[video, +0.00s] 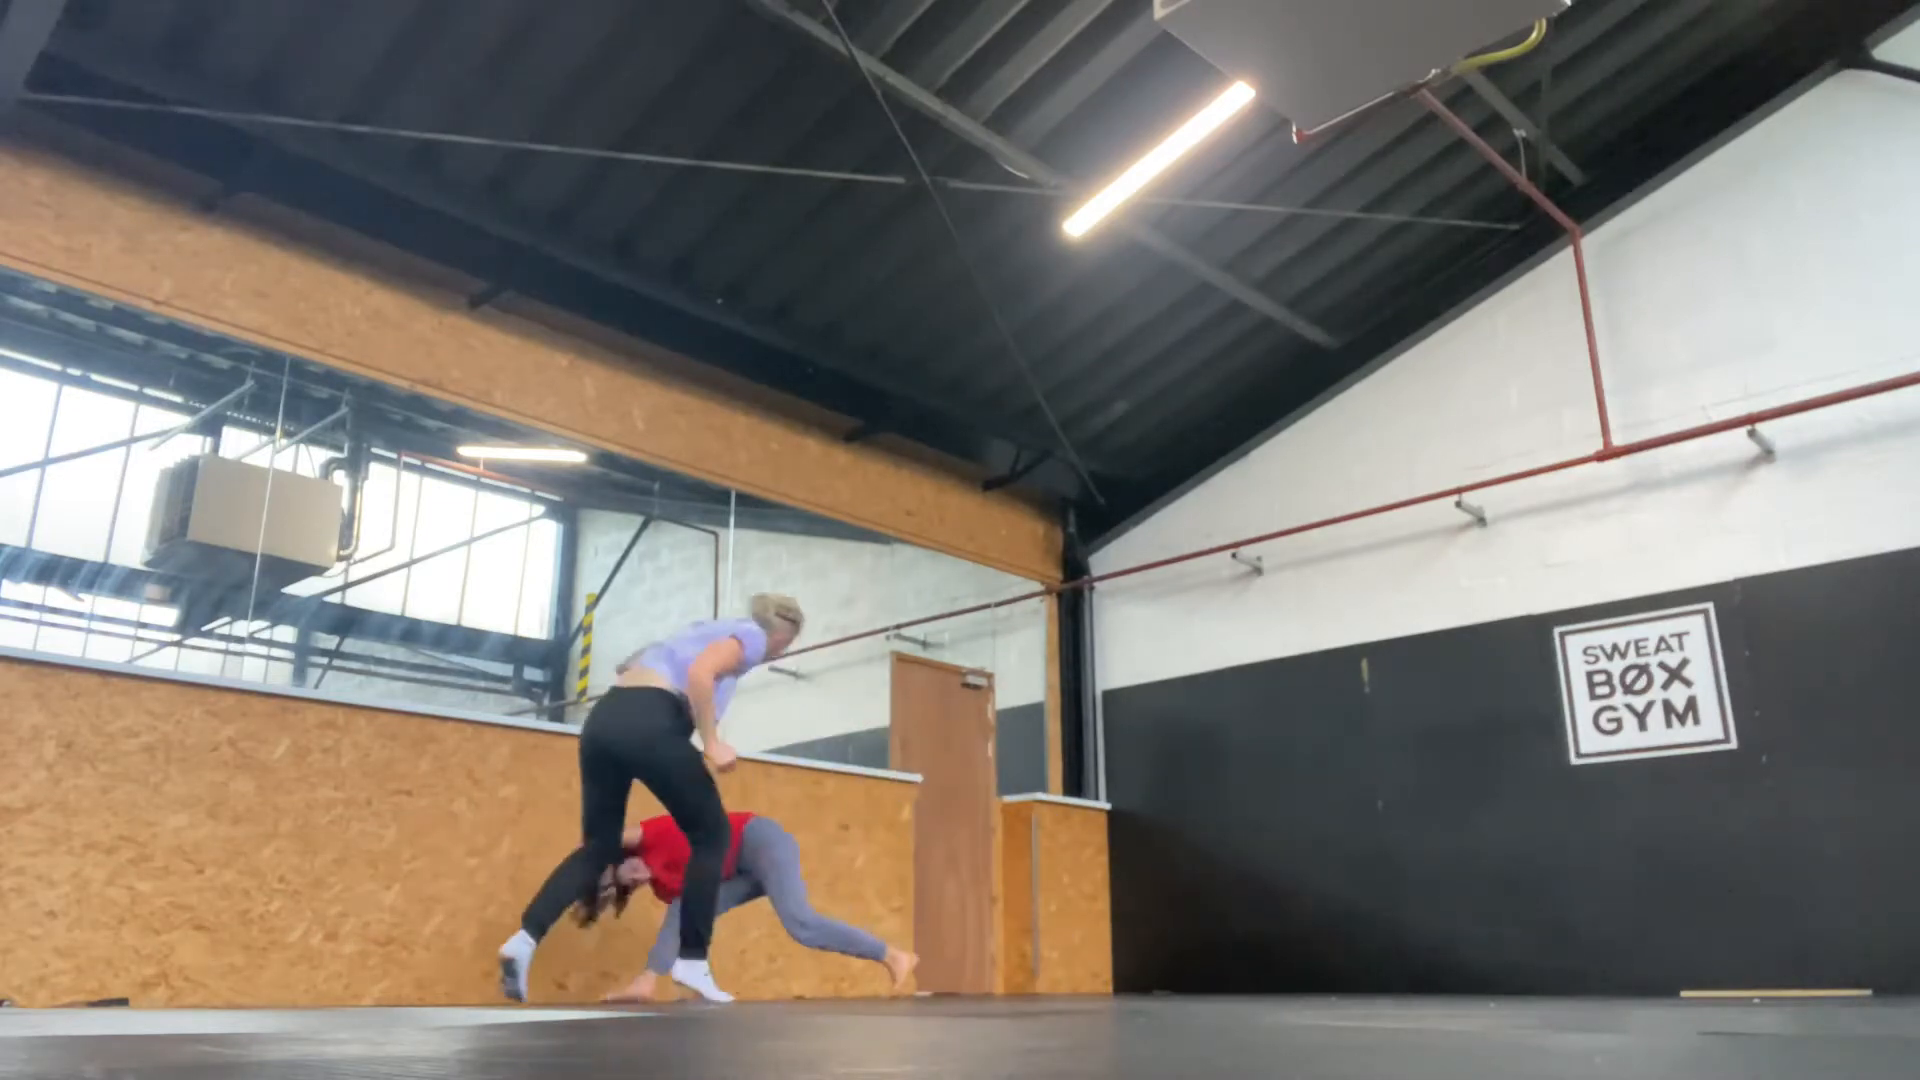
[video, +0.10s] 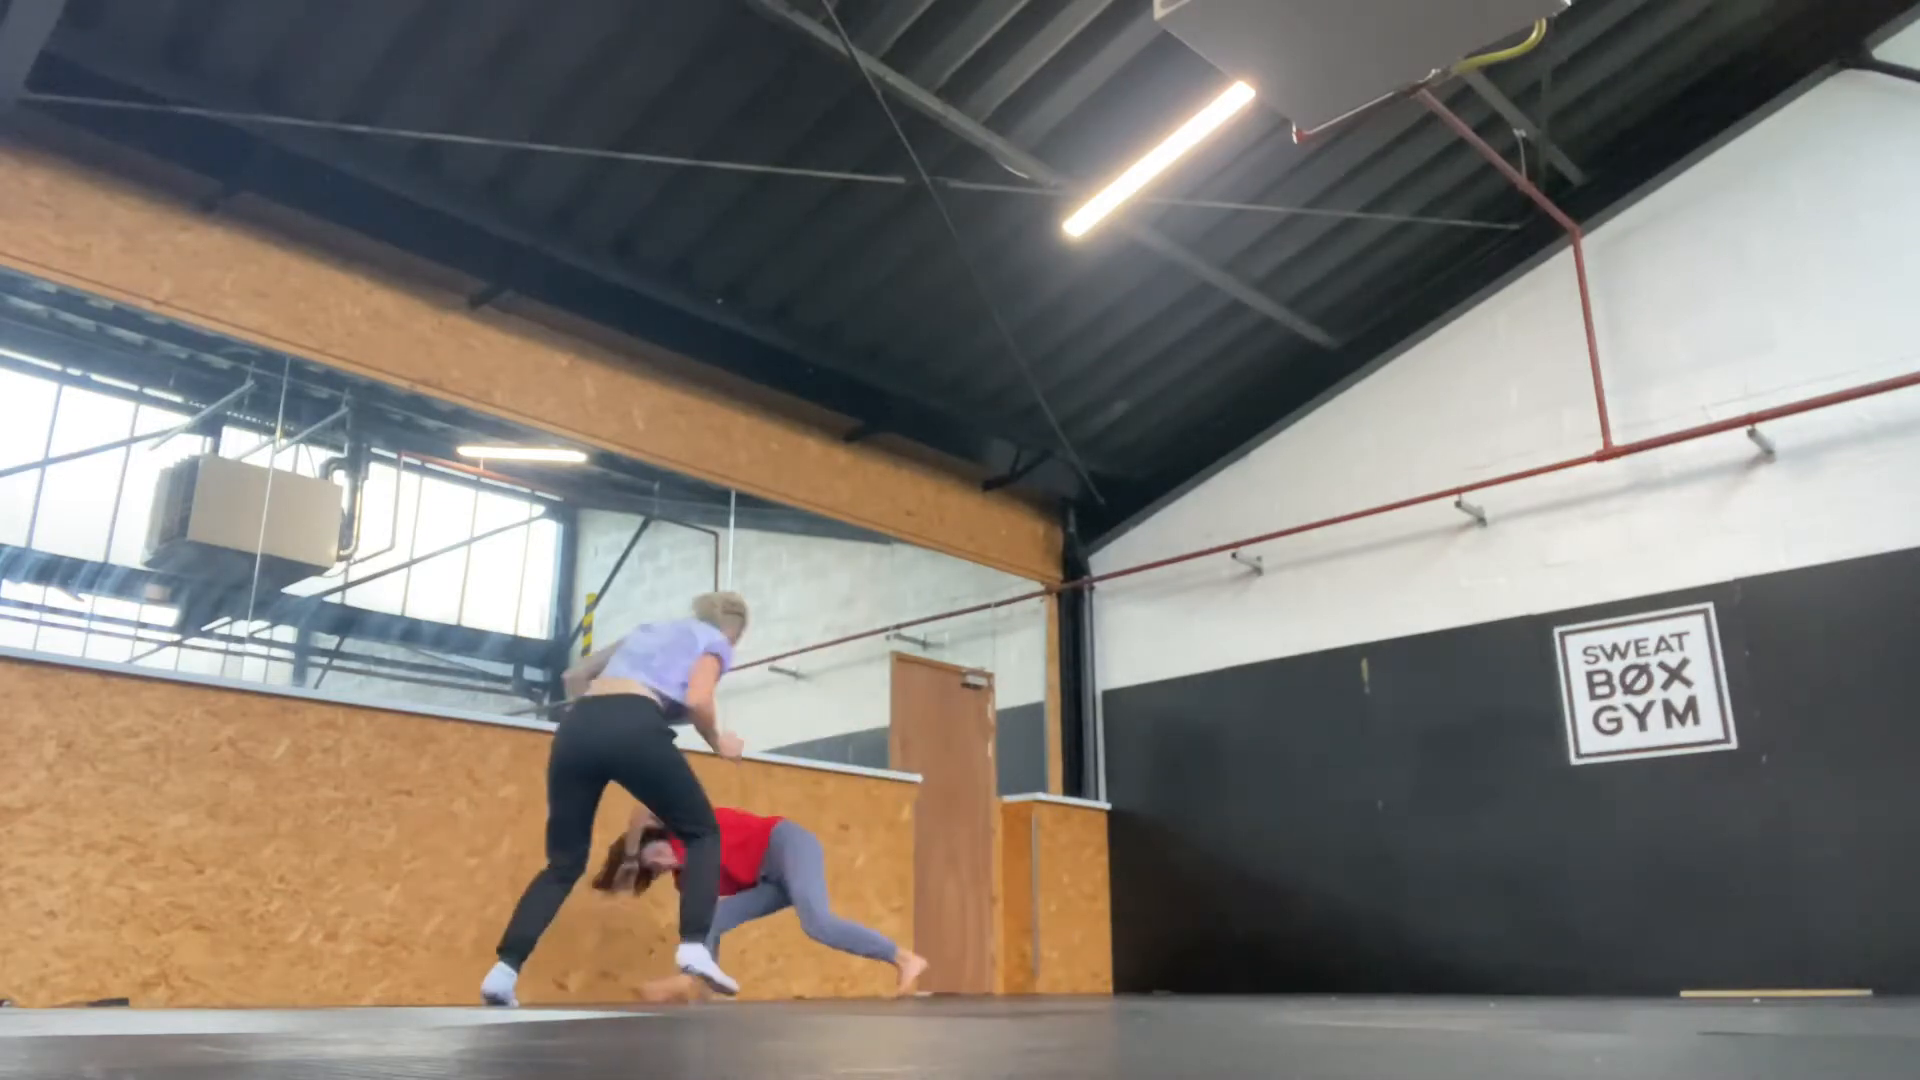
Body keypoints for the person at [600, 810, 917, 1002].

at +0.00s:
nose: (626, 881)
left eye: (619, 875)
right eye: (620, 884)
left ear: (620, 861)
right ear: (623, 883)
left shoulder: (648, 839)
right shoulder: (667, 886)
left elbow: (614, 836)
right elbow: (680, 925)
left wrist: (588, 862)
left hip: (758, 837)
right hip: (739, 875)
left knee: (801, 924)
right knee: (679, 909)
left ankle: (894, 957)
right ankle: (647, 982)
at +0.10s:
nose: (658, 866)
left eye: (653, 857)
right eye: (651, 868)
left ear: (654, 838)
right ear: (654, 872)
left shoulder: (687, 825)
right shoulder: (693, 880)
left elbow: (645, 809)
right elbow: (724, 905)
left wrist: (627, 849)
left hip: (787, 842)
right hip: (772, 884)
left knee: (817, 924)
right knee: (711, 915)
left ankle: (905, 960)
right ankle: (696, 981)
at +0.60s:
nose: (836, 839)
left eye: (841, 831)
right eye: (828, 834)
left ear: (852, 830)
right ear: (819, 838)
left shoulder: (878, 846)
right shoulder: (814, 867)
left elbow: (924, 881)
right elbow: (780, 904)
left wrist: (964, 921)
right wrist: (749, 928)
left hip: (901, 916)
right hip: (856, 927)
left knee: (893, 936)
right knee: (820, 944)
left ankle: (892, 964)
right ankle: (862, 971)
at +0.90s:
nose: (1031, 850)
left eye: (1037, 846)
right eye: (1035, 839)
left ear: (1035, 845)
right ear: (1022, 821)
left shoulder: (1000, 874)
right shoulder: (984, 819)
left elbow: (992, 926)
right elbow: (1026, 832)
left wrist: (995, 985)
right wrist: (1079, 842)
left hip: (930, 910)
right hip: (897, 887)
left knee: (937, 906)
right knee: (840, 938)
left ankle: (909, 975)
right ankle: (860, 963)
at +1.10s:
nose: (1050, 891)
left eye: (1051, 898)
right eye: (1061, 891)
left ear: (1045, 898)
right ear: (1067, 876)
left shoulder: (1014, 888)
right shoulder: (1053, 843)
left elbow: (994, 932)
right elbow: (1091, 893)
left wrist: (996, 985)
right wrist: (1114, 942)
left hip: (930, 882)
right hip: (936, 840)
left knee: (990, 928)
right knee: (985, 891)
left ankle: (919, 974)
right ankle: (901, 931)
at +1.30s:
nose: (1048, 910)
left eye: (1042, 917)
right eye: (1053, 918)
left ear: (1032, 913)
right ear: (1064, 923)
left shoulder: (1013, 888)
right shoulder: (1077, 885)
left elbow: (1006, 944)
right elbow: (1103, 939)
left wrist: (996, 983)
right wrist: (1115, 985)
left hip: (978, 802)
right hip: (1024, 785)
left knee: (1006, 918)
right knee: (1068, 876)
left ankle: (934, 951)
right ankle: (1092, 939)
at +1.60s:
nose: (1035, 887)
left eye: (1026, 886)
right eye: (1035, 894)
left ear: (1021, 875)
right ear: (1045, 897)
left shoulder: (1026, 844)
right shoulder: (1079, 881)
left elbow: (968, 859)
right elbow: (1104, 906)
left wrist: (981, 909)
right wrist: (1115, 970)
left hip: (1121, 792)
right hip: (1161, 807)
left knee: (1109, 903)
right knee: (1103, 900)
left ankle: (1184, 934)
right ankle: (1123, 979)